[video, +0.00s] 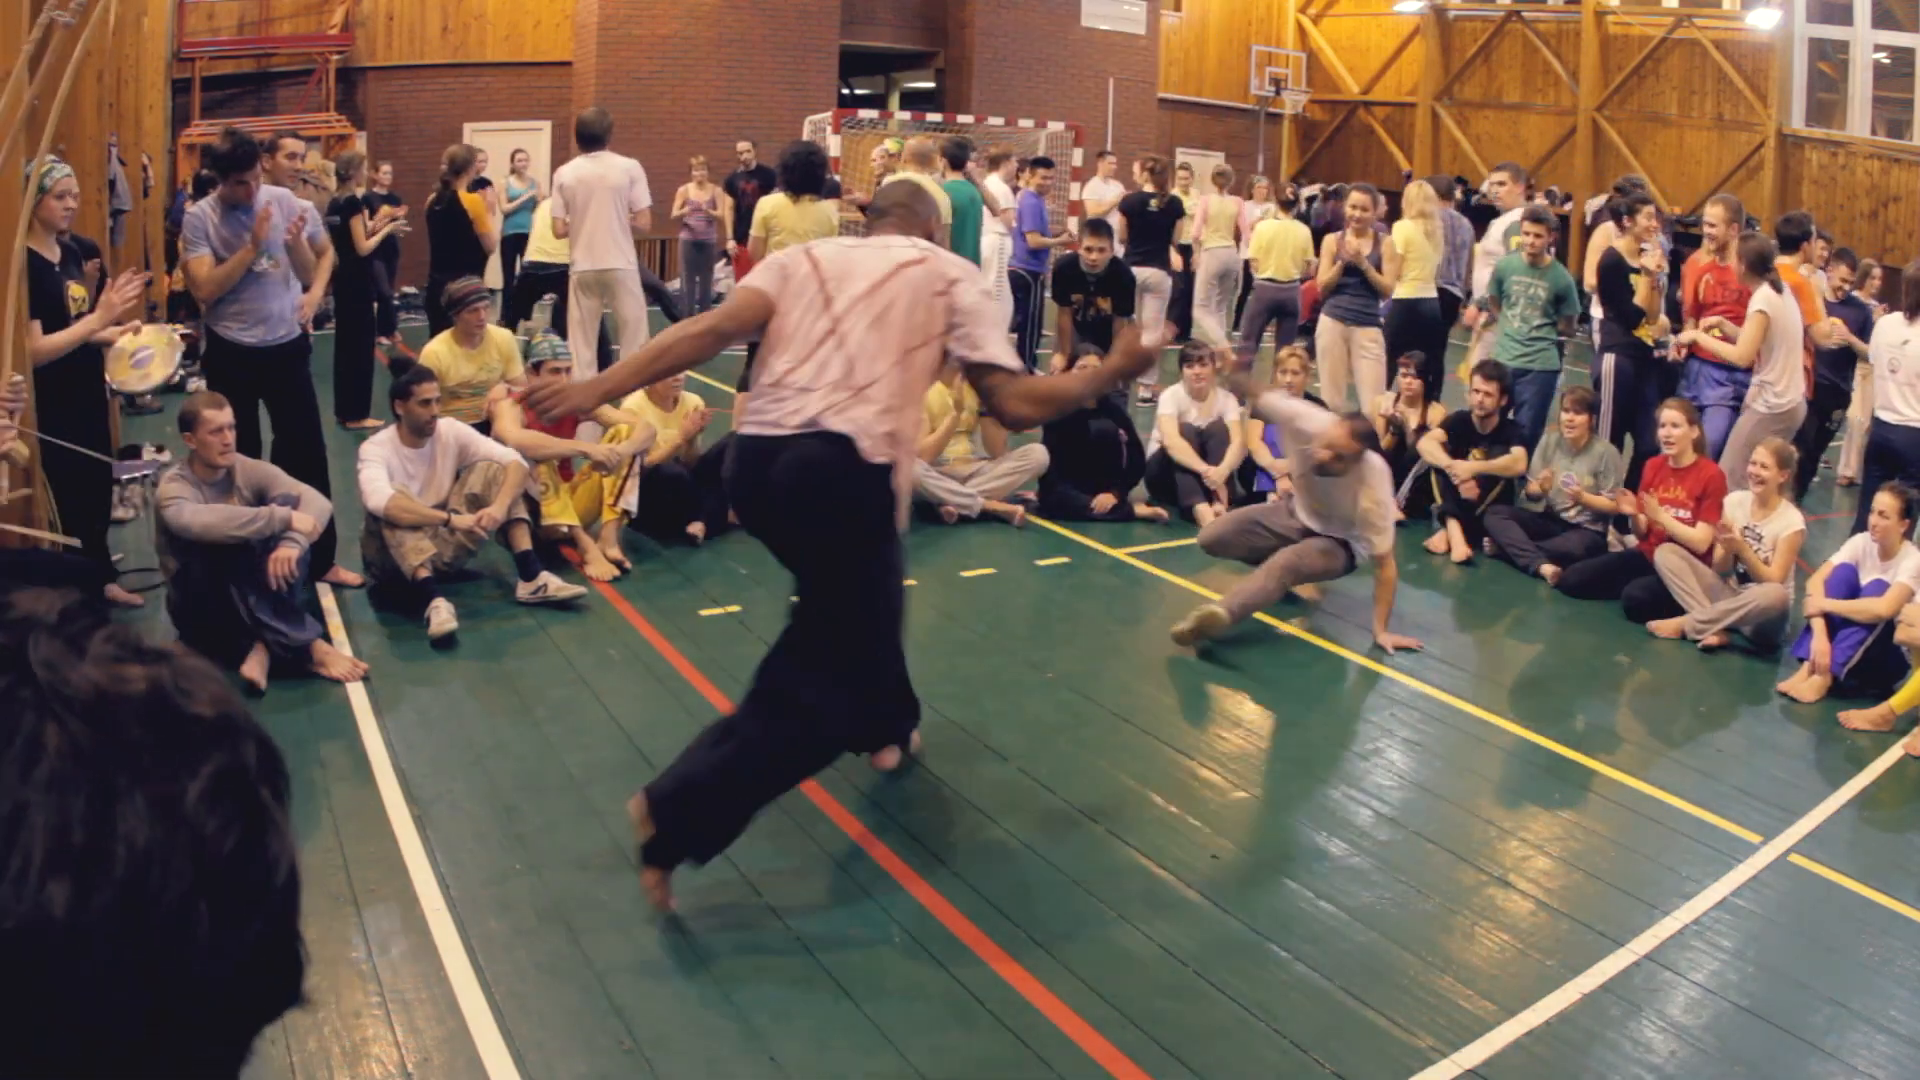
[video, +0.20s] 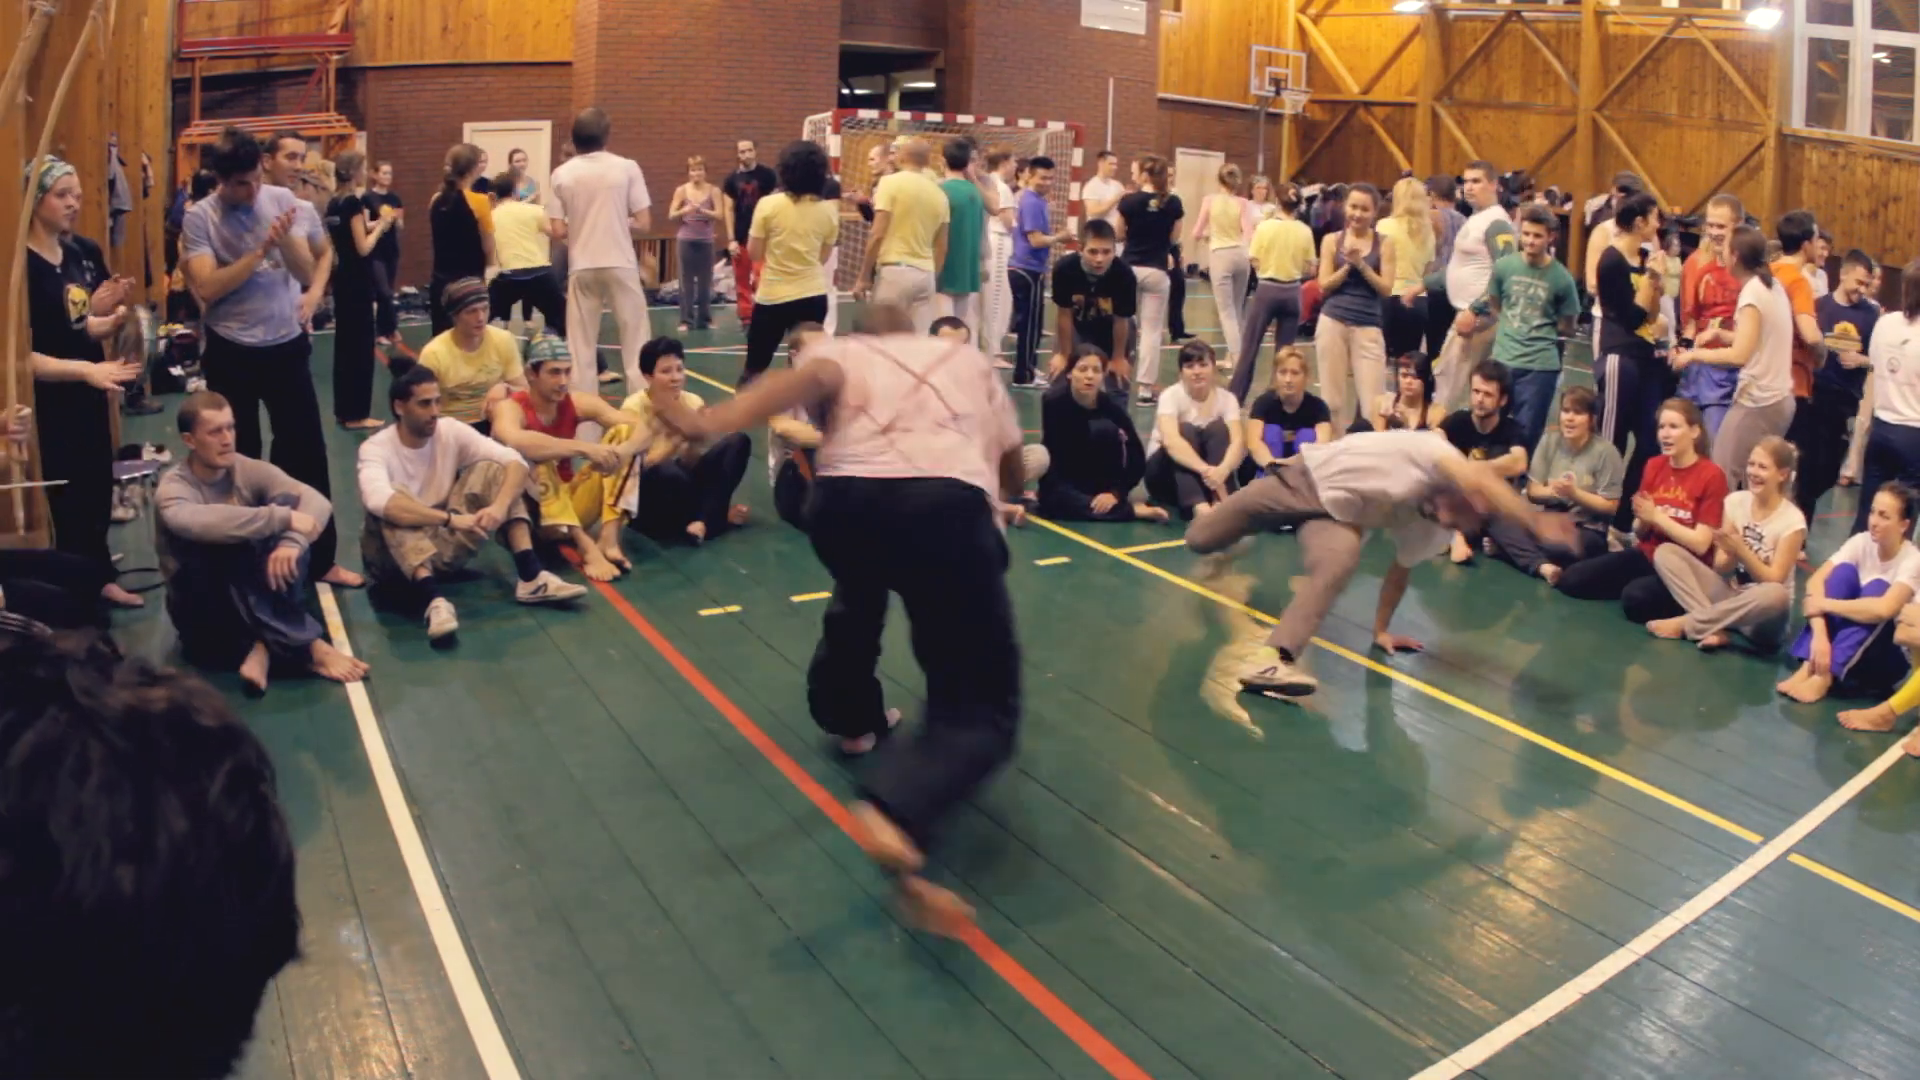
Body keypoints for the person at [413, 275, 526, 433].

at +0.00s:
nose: (482, 316)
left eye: (485, 308)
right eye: (474, 311)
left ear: (489, 308)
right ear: (456, 315)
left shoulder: (504, 339)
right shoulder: (434, 352)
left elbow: (521, 386)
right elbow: (421, 399)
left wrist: (504, 387)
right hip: (450, 429)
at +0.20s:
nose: (480, 317)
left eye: (484, 309)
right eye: (472, 312)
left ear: (489, 309)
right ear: (455, 315)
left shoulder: (503, 340)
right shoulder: (433, 352)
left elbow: (523, 388)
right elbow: (419, 400)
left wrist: (504, 387)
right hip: (449, 429)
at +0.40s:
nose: (480, 317)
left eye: (484, 309)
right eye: (471, 311)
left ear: (489, 309)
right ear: (454, 315)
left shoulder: (503, 340)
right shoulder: (433, 353)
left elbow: (523, 389)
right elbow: (420, 400)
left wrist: (504, 387)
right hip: (449, 427)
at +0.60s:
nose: (480, 317)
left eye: (484, 309)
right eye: (471, 311)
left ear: (489, 309)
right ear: (455, 315)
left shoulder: (503, 340)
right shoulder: (434, 353)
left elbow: (523, 389)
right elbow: (420, 400)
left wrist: (504, 387)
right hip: (450, 427)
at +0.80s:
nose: (481, 317)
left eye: (485, 309)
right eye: (472, 311)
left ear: (490, 310)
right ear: (455, 314)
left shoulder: (503, 340)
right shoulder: (434, 353)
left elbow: (524, 389)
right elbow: (419, 400)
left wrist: (504, 387)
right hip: (449, 427)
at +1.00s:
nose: (481, 317)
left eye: (485, 309)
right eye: (472, 310)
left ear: (490, 309)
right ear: (455, 314)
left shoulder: (503, 340)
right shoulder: (434, 353)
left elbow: (524, 389)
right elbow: (419, 400)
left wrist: (504, 387)